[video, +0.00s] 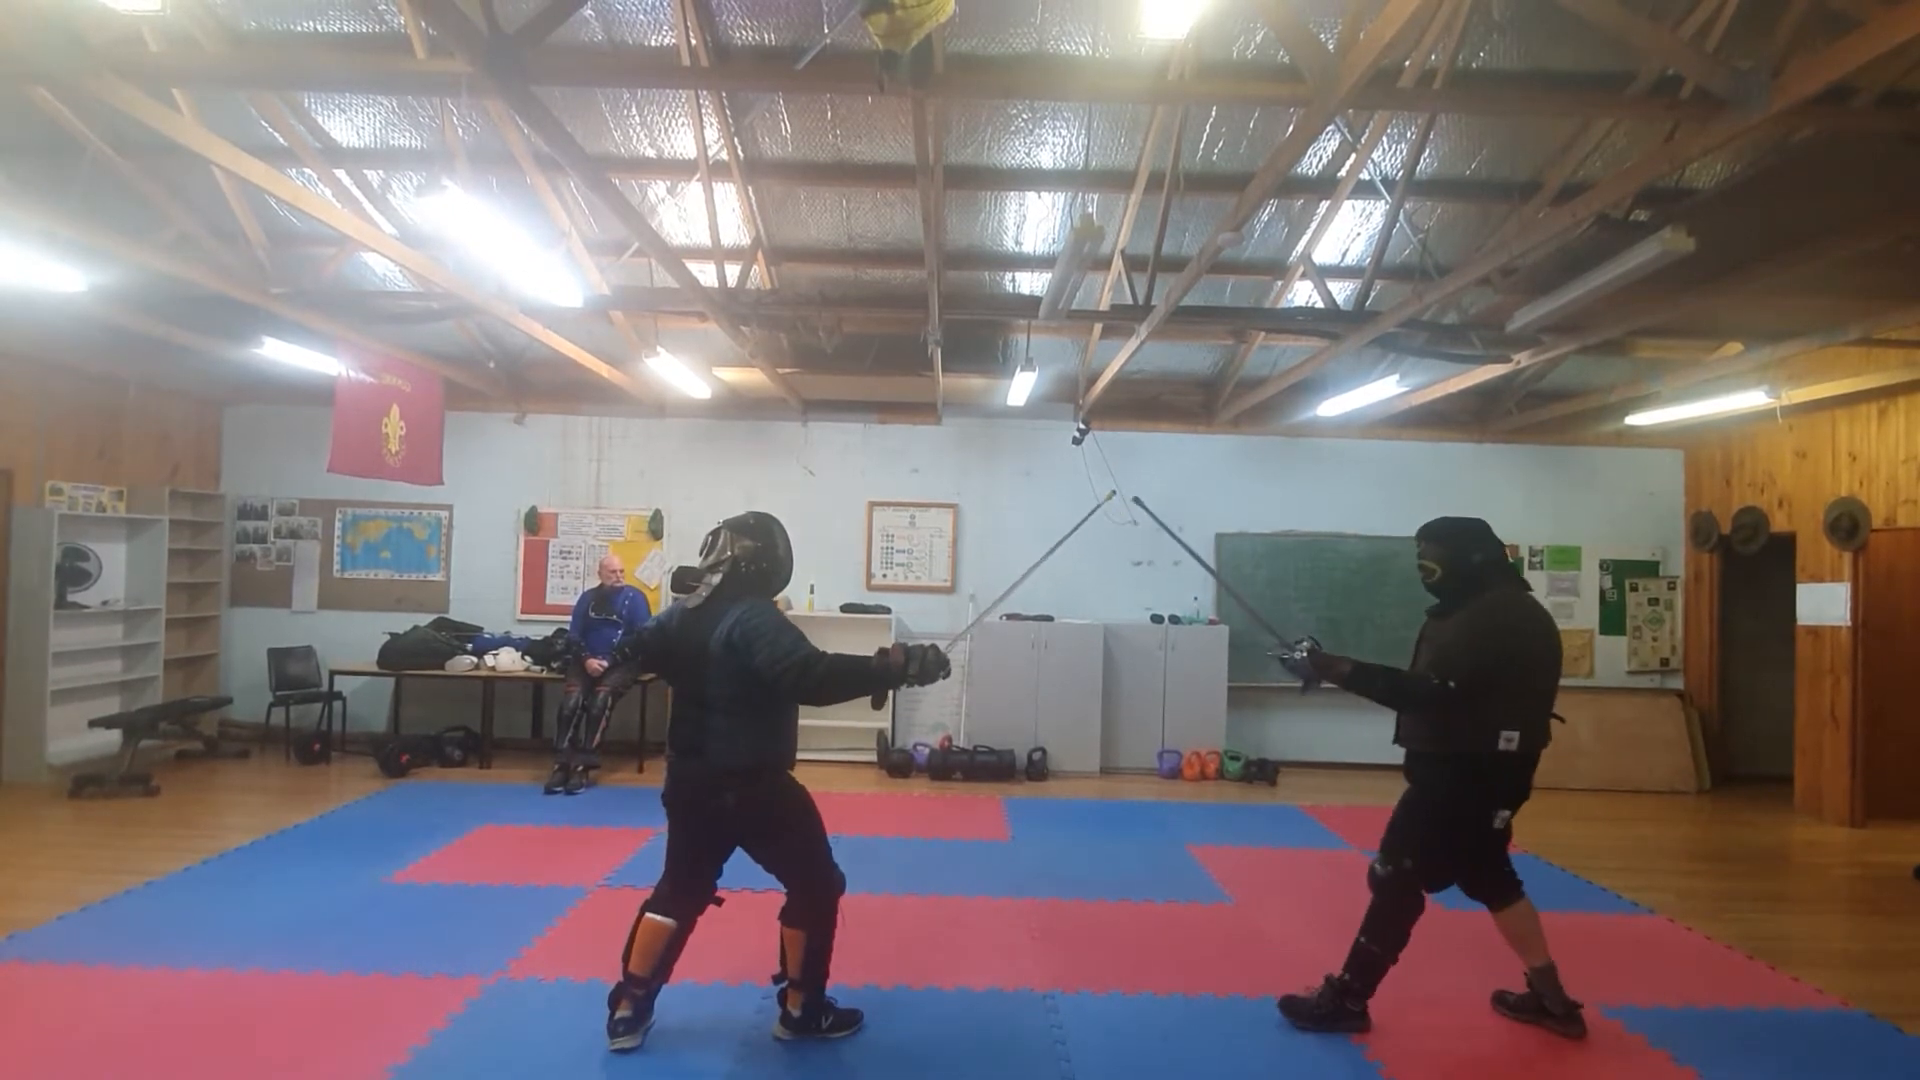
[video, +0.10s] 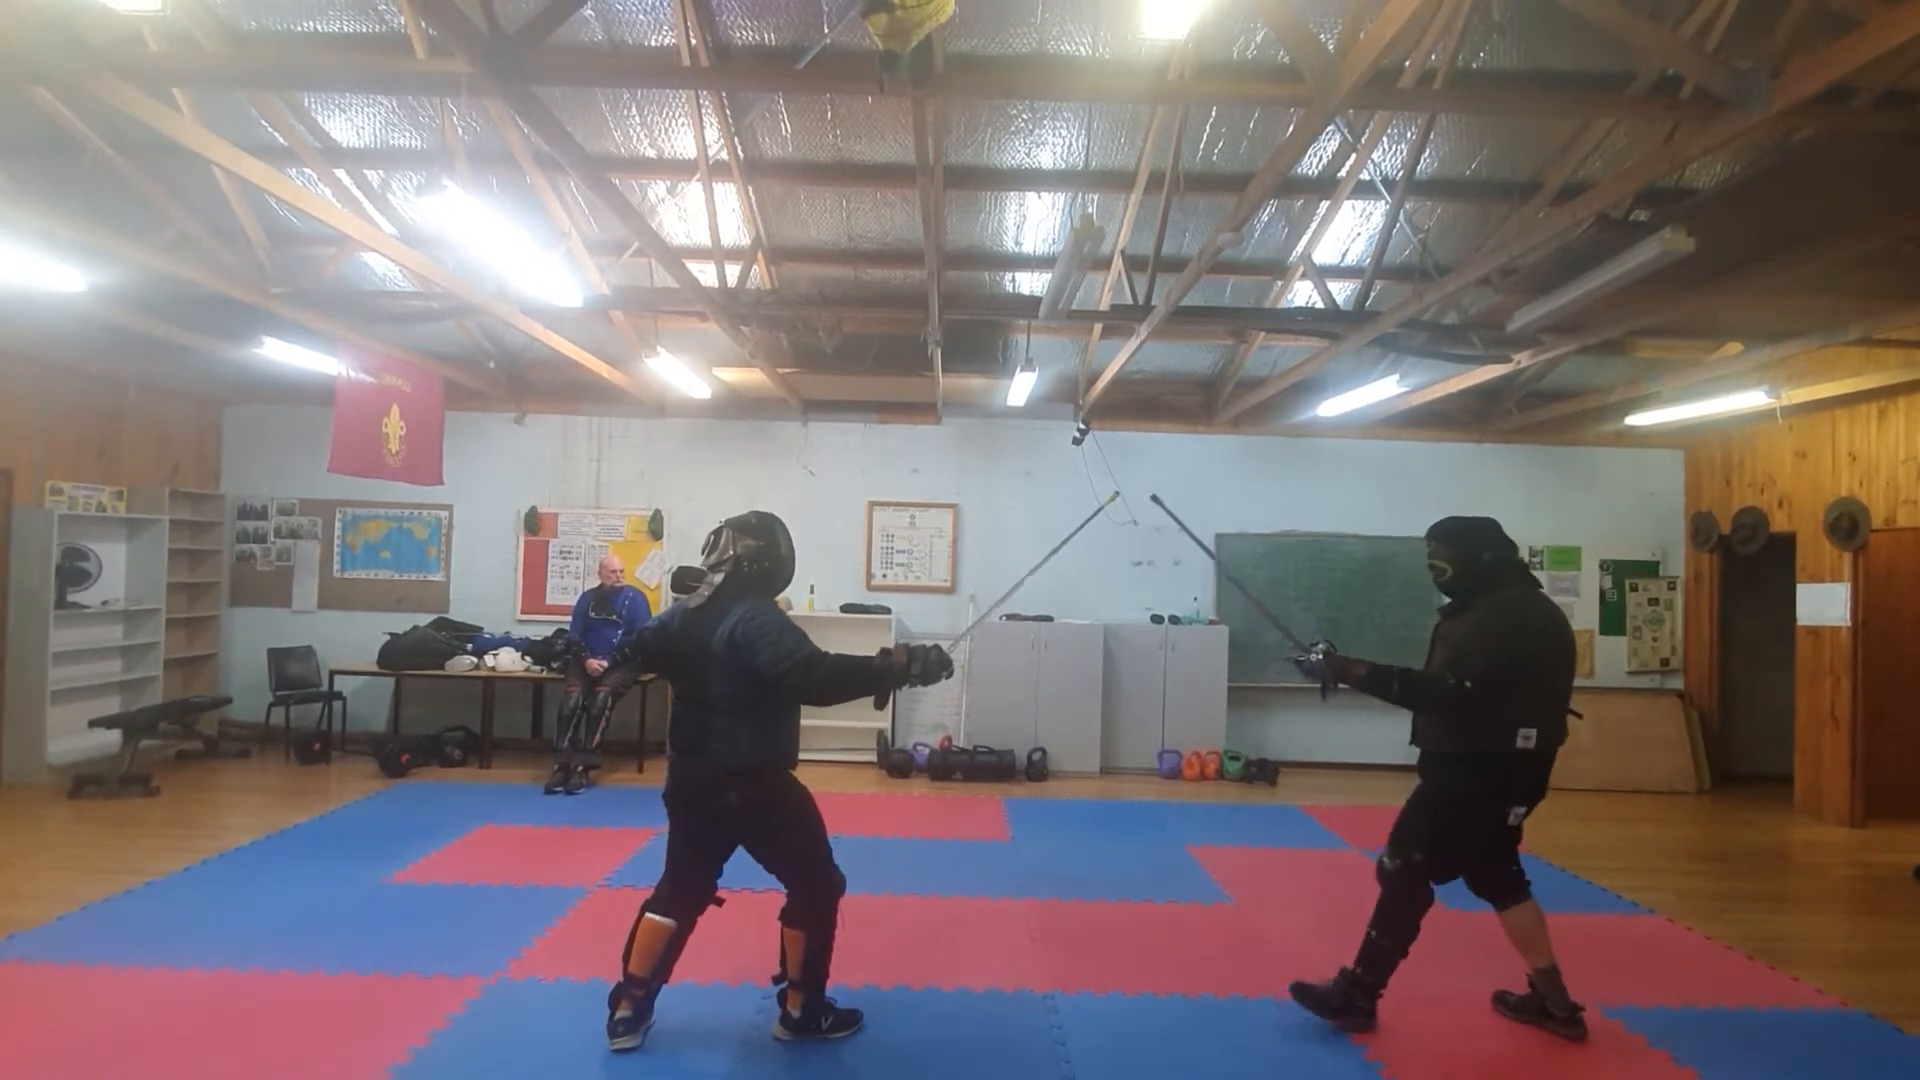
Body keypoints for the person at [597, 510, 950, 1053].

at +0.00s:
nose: (780, 576)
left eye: (778, 566)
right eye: (778, 566)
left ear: (718, 558)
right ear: (767, 565)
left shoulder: (683, 618)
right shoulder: (756, 619)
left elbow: (633, 648)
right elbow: (803, 674)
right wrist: (892, 667)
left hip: (692, 790)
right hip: (760, 791)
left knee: (680, 889)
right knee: (815, 885)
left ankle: (628, 1010)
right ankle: (802, 1010)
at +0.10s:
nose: (783, 575)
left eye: (780, 565)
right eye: (780, 565)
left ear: (718, 557)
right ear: (770, 565)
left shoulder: (684, 618)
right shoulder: (759, 620)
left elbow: (633, 649)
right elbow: (807, 674)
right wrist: (895, 667)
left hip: (693, 790)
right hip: (762, 791)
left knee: (680, 889)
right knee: (815, 885)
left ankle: (628, 1010)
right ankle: (802, 1010)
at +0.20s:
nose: (783, 575)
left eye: (779, 564)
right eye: (781, 565)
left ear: (719, 557)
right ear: (771, 565)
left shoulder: (685, 618)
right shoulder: (759, 619)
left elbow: (634, 649)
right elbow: (809, 673)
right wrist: (897, 666)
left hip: (693, 789)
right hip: (762, 789)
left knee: (680, 889)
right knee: (814, 885)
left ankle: (628, 1011)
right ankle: (802, 1010)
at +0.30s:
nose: (783, 574)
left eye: (779, 563)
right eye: (781, 564)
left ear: (720, 557)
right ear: (771, 564)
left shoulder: (686, 618)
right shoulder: (758, 618)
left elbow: (635, 649)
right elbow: (807, 673)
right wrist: (896, 666)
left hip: (692, 788)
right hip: (760, 789)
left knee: (679, 889)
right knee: (814, 885)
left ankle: (628, 1010)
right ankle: (801, 1010)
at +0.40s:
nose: (782, 574)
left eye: (779, 563)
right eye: (780, 564)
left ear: (719, 556)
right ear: (769, 564)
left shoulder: (683, 617)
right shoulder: (757, 618)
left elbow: (633, 649)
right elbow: (805, 674)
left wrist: (610, 675)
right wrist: (892, 667)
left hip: (692, 788)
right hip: (759, 790)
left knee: (679, 889)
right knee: (813, 886)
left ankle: (627, 1010)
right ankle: (801, 1010)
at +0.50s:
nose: (780, 575)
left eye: (778, 564)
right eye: (778, 565)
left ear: (716, 557)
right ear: (766, 564)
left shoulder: (682, 618)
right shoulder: (757, 618)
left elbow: (632, 649)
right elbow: (804, 675)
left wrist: (610, 674)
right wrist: (890, 668)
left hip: (692, 789)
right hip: (760, 790)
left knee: (678, 889)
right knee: (813, 886)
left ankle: (627, 1010)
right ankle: (801, 1010)